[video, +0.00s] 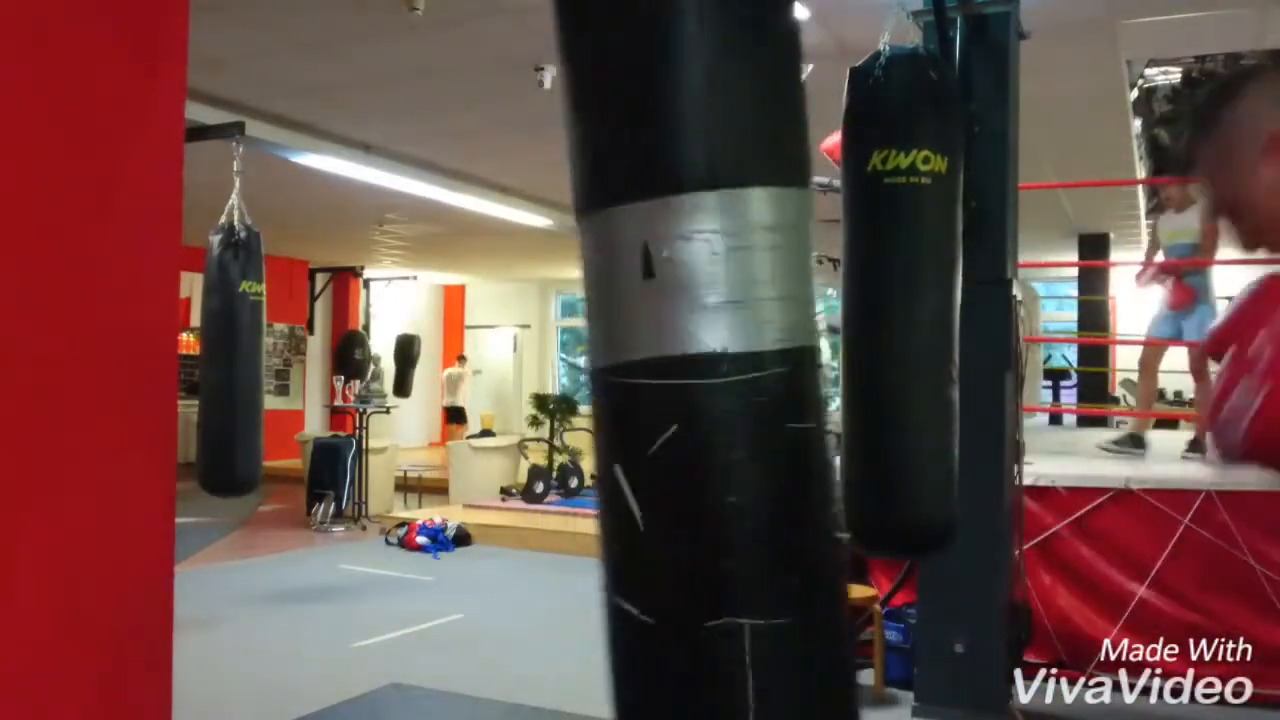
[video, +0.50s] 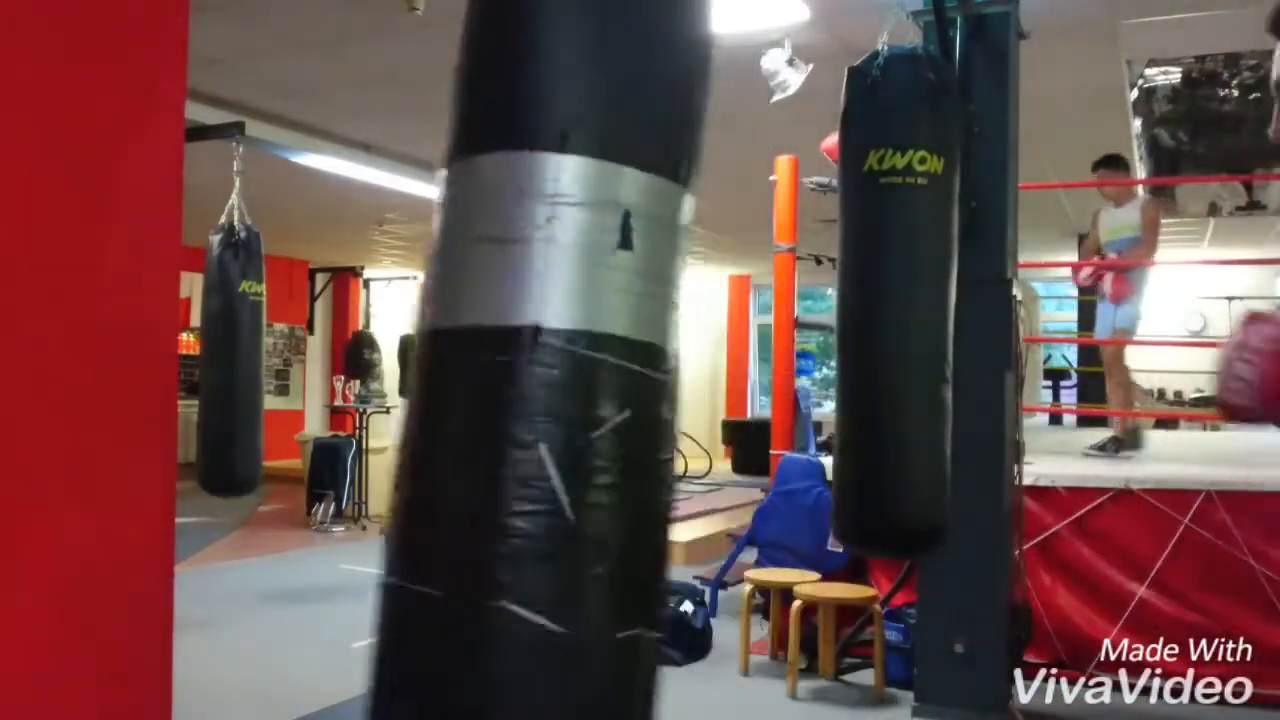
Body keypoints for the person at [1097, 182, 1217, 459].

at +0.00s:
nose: (1164, 194)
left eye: (1167, 186)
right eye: (1159, 189)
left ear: (1184, 184)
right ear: (1157, 191)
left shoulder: (1204, 212)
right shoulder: (1160, 219)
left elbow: (1207, 258)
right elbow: (1151, 253)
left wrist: (1172, 268)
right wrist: (1147, 269)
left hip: (1198, 299)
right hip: (1170, 298)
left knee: (1198, 368)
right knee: (1147, 362)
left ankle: (1200, 436)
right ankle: (1137, 433)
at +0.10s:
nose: (1151, 194)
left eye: (1155, 187)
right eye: (1148, 189)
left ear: (1172, 186)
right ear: (1148, 190)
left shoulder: (1193, 212)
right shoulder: (1148, 221)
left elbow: (1194, 257)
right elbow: (1138, 260)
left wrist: (1158, 268)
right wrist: (1139, 275)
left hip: (1186, 299)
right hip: (1160, 300)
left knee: (1190, 370)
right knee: (1142, 367)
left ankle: (1199, 437)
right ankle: (1127, 435)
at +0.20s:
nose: (1136, 192)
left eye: (1141, 185)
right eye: (1133, 186)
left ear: (1160, 184)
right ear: (1133, 189)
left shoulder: (1178, 211)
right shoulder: (1134, 221)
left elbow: (1180, 257)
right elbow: (1125, 261)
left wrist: (1144, 268)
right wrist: (1124, 274)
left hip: (1171, 299)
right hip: (1143, 299)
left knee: (1173, 370)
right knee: (1131, 367)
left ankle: (1195, 432)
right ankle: (1123, 436)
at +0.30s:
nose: (1122, 192)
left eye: (1127, 185)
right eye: (1119, 186)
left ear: (1145, 182)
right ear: (1118, 189)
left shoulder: (1167, 207)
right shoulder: (1121, 219)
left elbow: (1168, 252)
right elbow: (1111, 256)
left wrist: (1133, 265)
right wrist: (1109, 272)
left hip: (1153, 295)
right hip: (1126, 297)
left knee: (1147, 367)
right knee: (1120, 370)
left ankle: (1184, 416)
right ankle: (1121, 436)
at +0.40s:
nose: (1111, 191)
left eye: (1115, 184)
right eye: (1108, 185)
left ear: (1132, 181)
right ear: (1109, 186)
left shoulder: (1157, 207)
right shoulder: (1112, 217)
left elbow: (1158, 251)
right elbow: (1098, 255)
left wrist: (1122, 263)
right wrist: (1098, 270)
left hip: (1142, 286)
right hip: (1116, 288)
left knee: (1124, 361)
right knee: (1115, 364)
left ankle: (1162, 411)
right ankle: (1120, 436)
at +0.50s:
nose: (1102, 189)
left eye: (1106, 182)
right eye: (1099, 184)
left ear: (1124, 179)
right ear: (1099, 184)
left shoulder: (1146, 207)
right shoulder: (1102, 215)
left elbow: (1147, 252)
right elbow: (1089, 251)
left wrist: (1114, 263)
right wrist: (1086, 267)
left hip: (1131, 286)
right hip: (1106, 288)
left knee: (1113, 354)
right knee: (1108, 356)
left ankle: (1124, 428)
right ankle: (1124, 426)